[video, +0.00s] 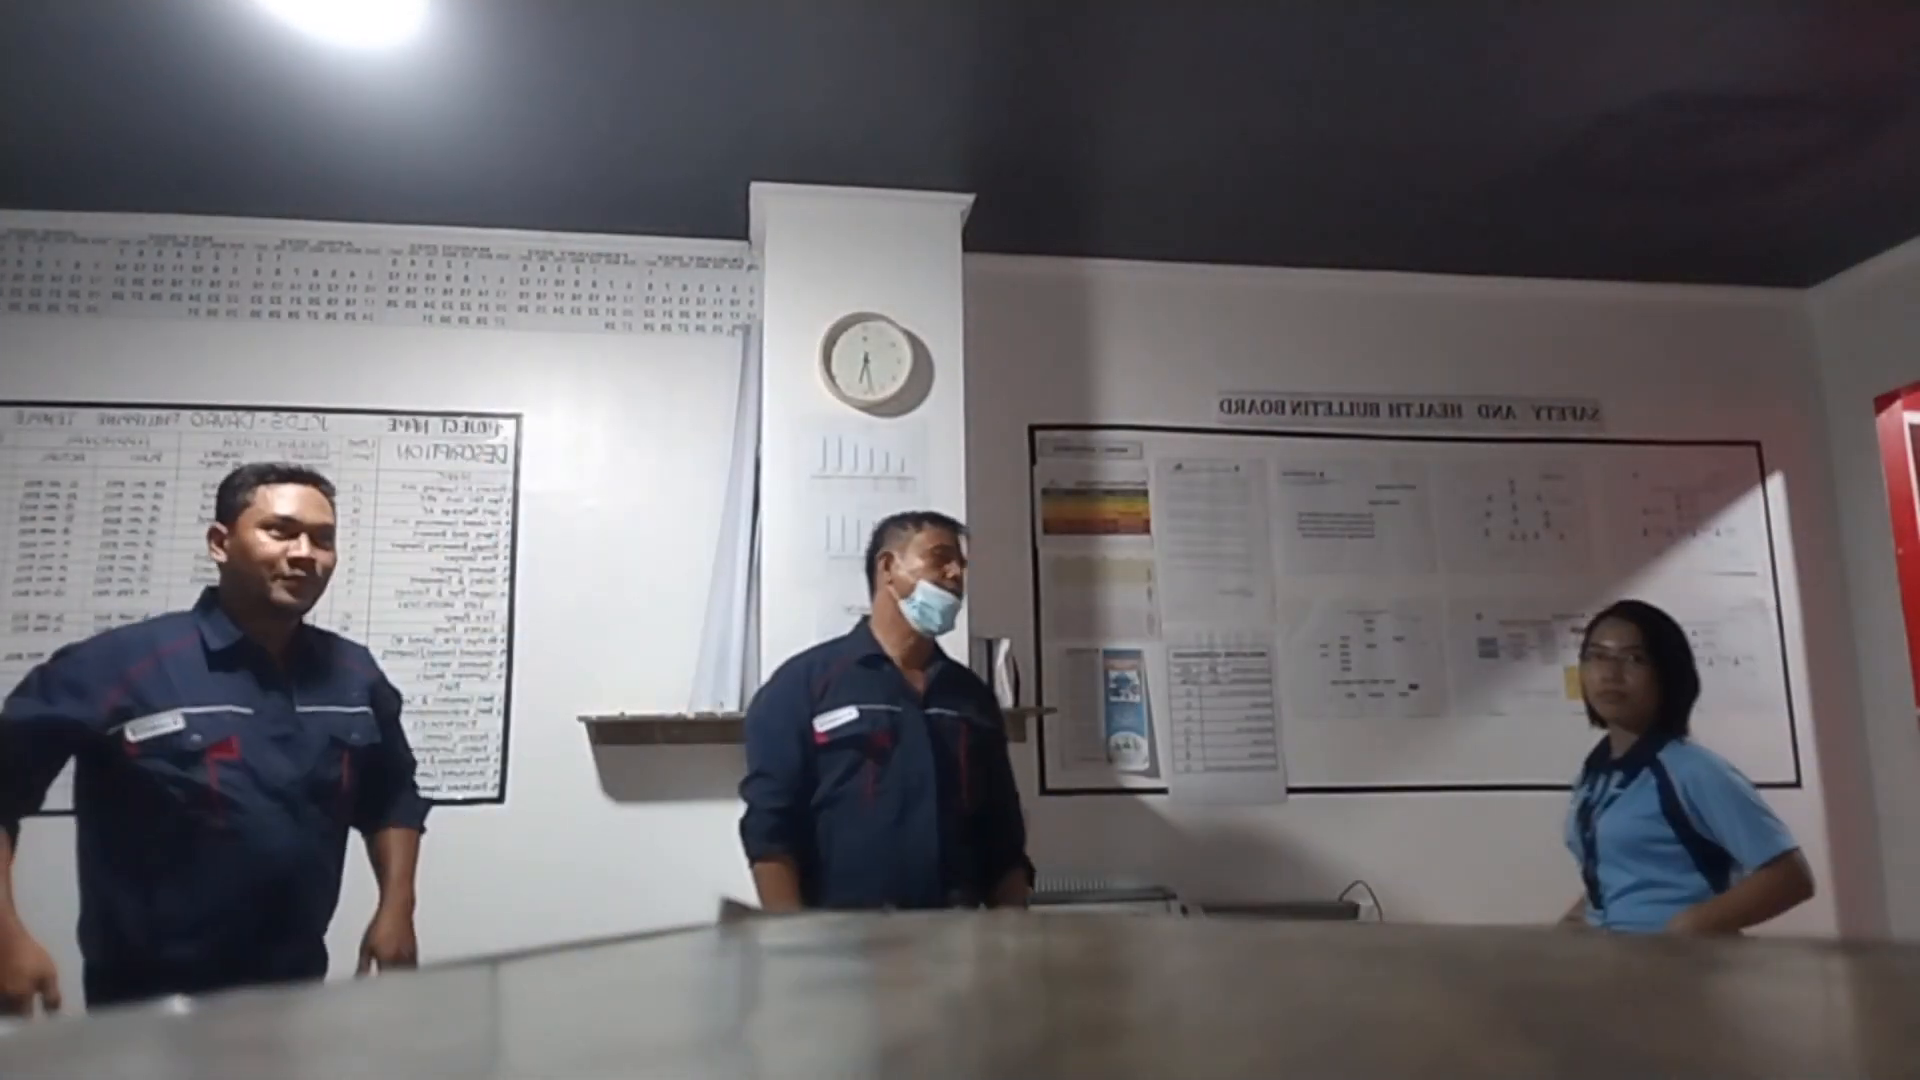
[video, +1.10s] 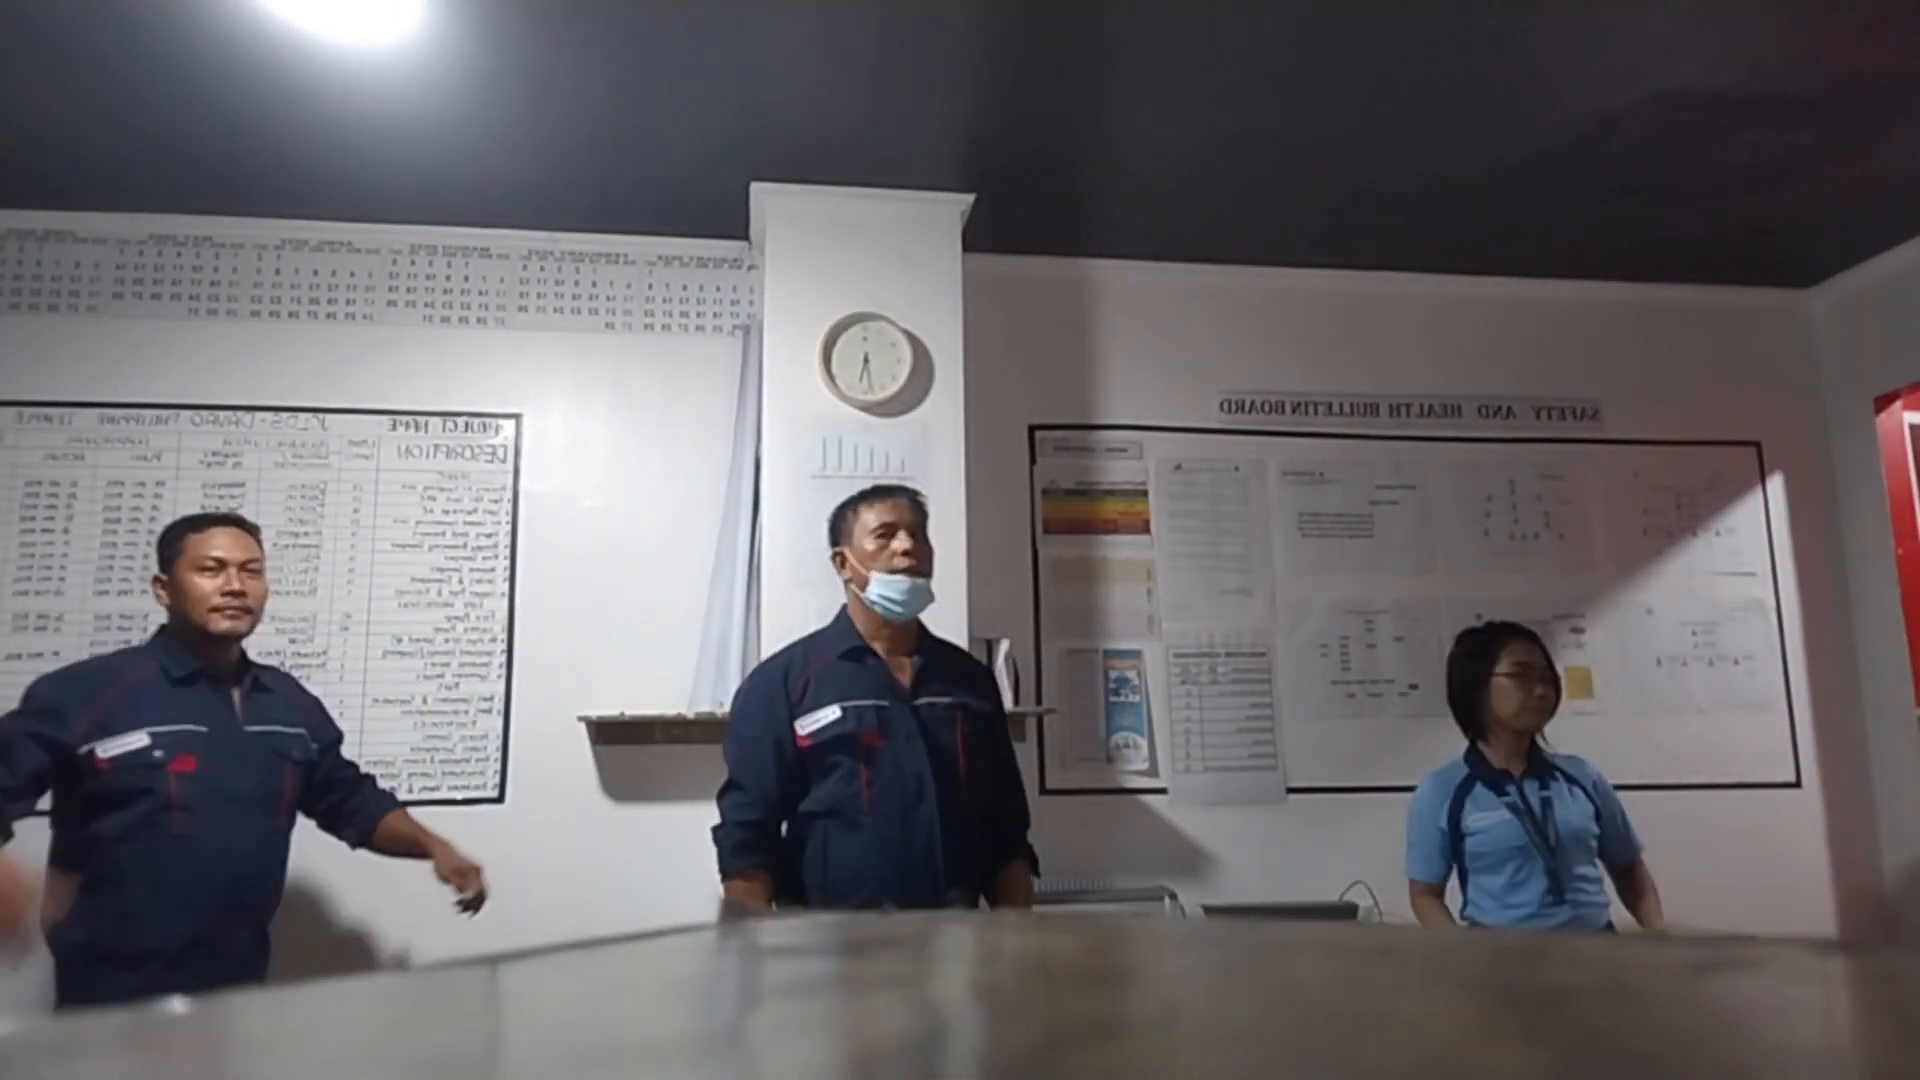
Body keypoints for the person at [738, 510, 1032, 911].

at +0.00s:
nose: (957, 572)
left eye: (961, 562)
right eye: (940, 558)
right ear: (887, 567)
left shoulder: (974, 696)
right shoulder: (799, 688)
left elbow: (1004, 843)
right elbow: (767, 831)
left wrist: (1014, 947)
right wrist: (799, 949)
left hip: (956, 945)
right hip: (840, 946)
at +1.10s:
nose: (908, 547)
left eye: (917, 535)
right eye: (884, 536)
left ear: (931, 553)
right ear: (844, 564)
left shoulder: (971, 680)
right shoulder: (779, 686)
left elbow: (1006, 837)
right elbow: (745, 842)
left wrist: (1020, 954)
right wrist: (755, 965)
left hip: (955, 947)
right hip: (831, 952)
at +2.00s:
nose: (938, 566)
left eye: (959, 556)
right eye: (926, 552)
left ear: (991, 582)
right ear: (906, 571)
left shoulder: (1031, 705)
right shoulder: (841, 687)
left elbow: (1063, 860)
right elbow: (797, 828)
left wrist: (1058, 970)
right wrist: (789, 950)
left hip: (986, 953)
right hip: (858, 951)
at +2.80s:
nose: (900, 566)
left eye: (914, 556)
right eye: (881, 551)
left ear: (927, 582)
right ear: (846, 572)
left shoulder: (962, 699)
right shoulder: (770, 687)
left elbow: (992, 847)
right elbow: (724, 823)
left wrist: (1012, 952)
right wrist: (727, 939)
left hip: (929, 948)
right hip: (804, 946)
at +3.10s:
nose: (838, 561)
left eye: (850, 548)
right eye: (816, 549)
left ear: (863, 567)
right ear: (782, 576)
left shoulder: (913, 685)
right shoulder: (721, 698)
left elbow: (948, 831)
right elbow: (683, 851)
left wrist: (952, 943)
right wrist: (690, 972)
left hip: (897, 941)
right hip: (773, 943)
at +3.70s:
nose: (830, 564)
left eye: (841, 550)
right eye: (808, 555)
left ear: (860, 568)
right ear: (779, 586)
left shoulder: (924, 684)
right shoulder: (733, 706)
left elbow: (975, 810)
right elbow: (701, 863)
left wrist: (960, 917)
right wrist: (724, 977)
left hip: (910, 943)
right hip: (788, 949)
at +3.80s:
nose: (852, 562)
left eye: (864, 549)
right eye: (831, 553)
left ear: (884, 570)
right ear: (802, 583)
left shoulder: (943, 686)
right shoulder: (749, 702)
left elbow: (998, 809)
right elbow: (714, 858)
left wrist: (957, 843)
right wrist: (733, 977)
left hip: (924, 944)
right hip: (801, 948)